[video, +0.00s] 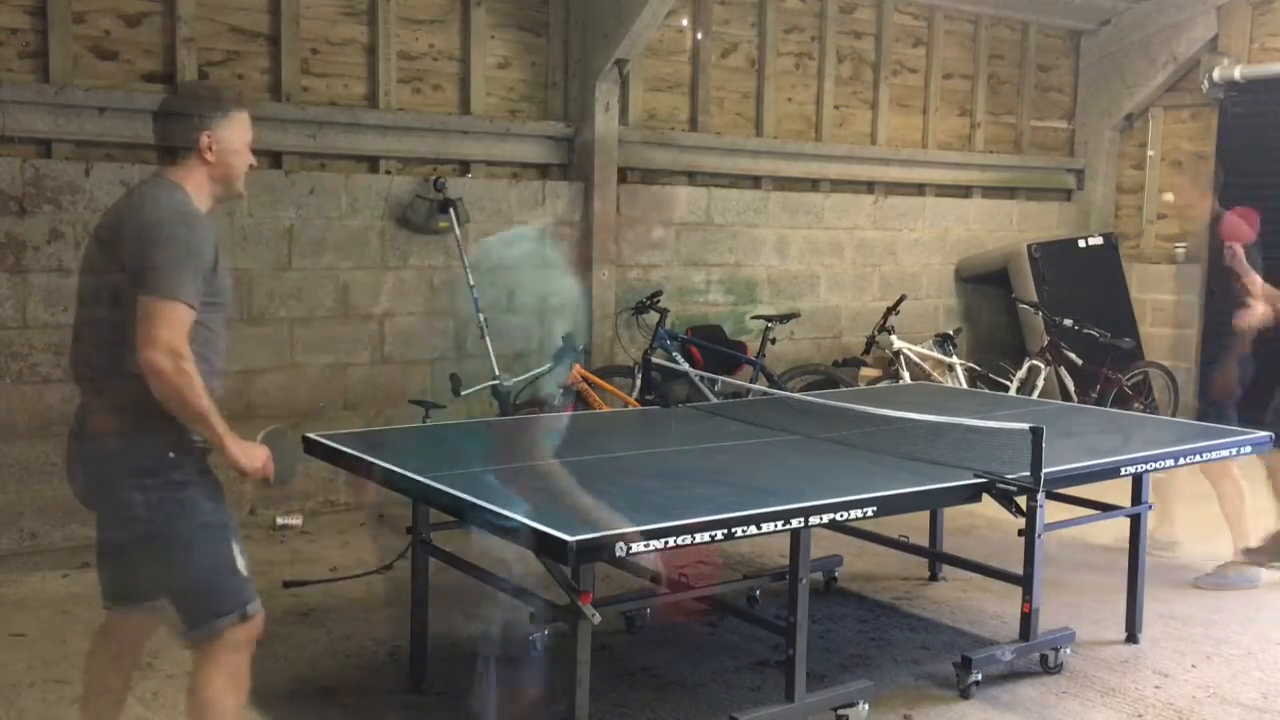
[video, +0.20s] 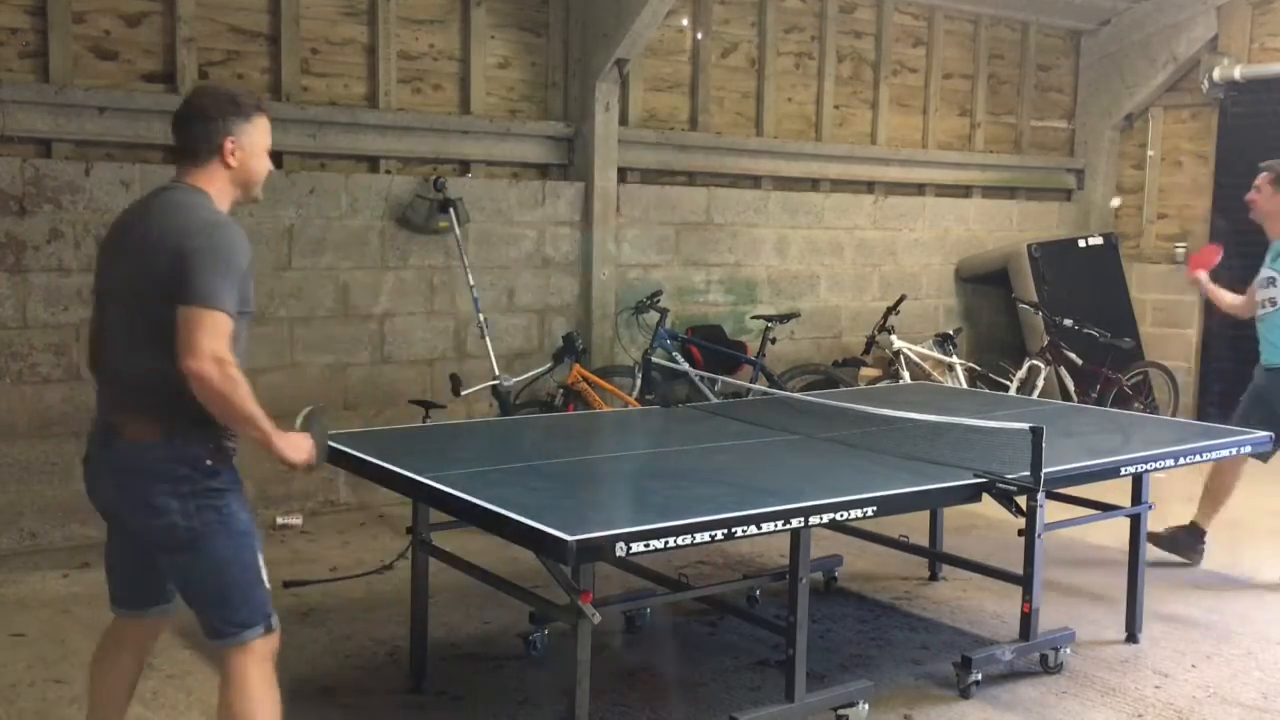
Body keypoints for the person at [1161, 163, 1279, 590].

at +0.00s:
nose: (1173, 200)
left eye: (1179, 192)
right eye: (1173, 192)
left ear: (1202, 192)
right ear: (1200, 193)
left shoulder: (1224, 234)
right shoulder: (1204, 233)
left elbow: (1245, 303)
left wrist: (1230, 362)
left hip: (1223, 358)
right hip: (1205, 353)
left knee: (1214, 455)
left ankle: (1244, 555)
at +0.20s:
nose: (1249, 195)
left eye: (1258, 188)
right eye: (1252, 188)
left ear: (1278, 198)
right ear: (1269, 199)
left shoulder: (1276, 253)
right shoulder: (1273, 254)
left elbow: (1243, 305)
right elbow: (1244, 307)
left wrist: (1208, 284)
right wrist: (1206, 283)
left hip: (1273, 374)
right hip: (1268, 372)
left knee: (1235, 448)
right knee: (1233, 448)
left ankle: (1195, 531)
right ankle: (1195, 531)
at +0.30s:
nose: (1225, 200)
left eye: (1234, 193)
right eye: (1229, 192)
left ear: (1261, 200)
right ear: (1253, 201)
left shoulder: (1274, 247)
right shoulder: (1246, 260)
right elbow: (1212, 307)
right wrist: (1159, 299)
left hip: (1271, 375)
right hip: (1251, 376)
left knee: (1223, 459)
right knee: (1219, 457)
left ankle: (1187, 539)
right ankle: (1187, 540)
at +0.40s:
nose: (1207, 203)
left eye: (1215, 197)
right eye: (1209, 196)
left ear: (1244, 203)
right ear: (1232, 204)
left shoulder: (1273, 249)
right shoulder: (1216, 267)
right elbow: (1176, 315)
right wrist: (1113, 322)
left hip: (1273, 380)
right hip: (1233, 379)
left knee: (1276, 471)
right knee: (1202, 452)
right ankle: (1184, 539)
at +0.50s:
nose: (1193, 206)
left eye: (1201, 198)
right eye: (1193, 198)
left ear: (1231, 202)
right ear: (1209, 206)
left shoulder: (1266, 248)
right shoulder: (1196, 267)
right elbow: (1162, 320)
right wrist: (1104, 340)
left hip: (1267, 375)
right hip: (1224, 376)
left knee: (1267, 464)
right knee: (1196, 454)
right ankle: (1183, 540)